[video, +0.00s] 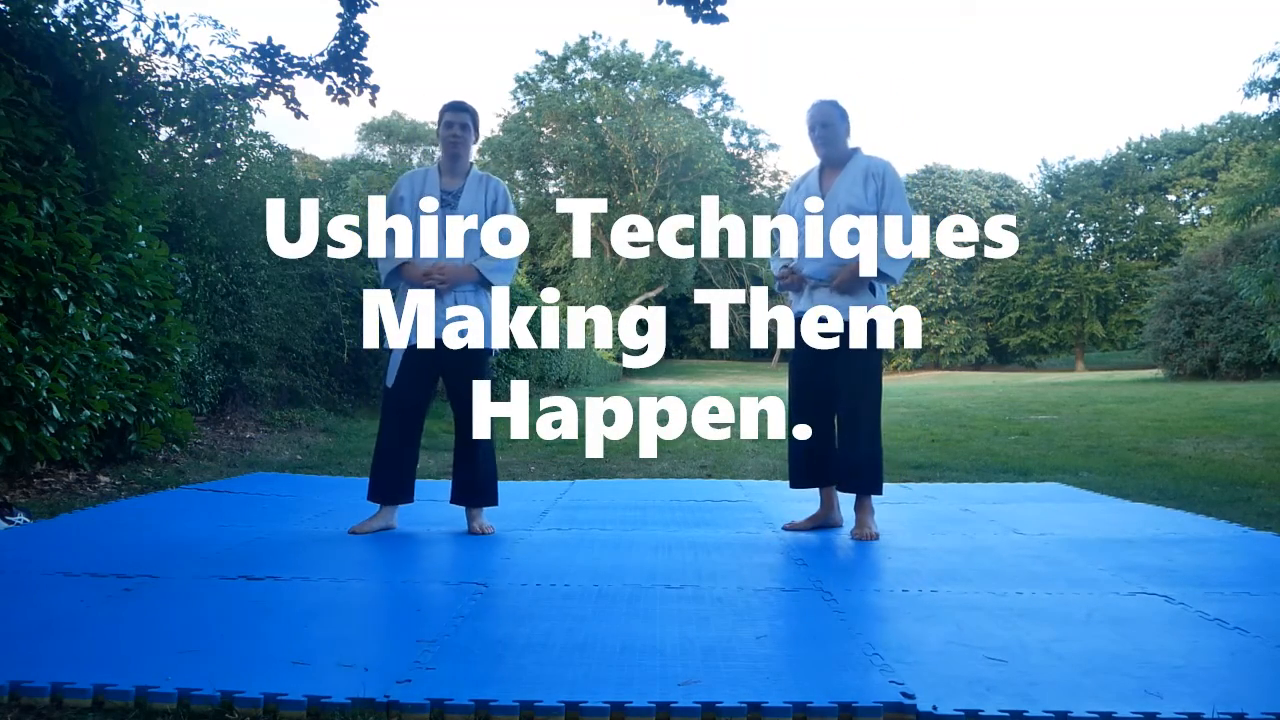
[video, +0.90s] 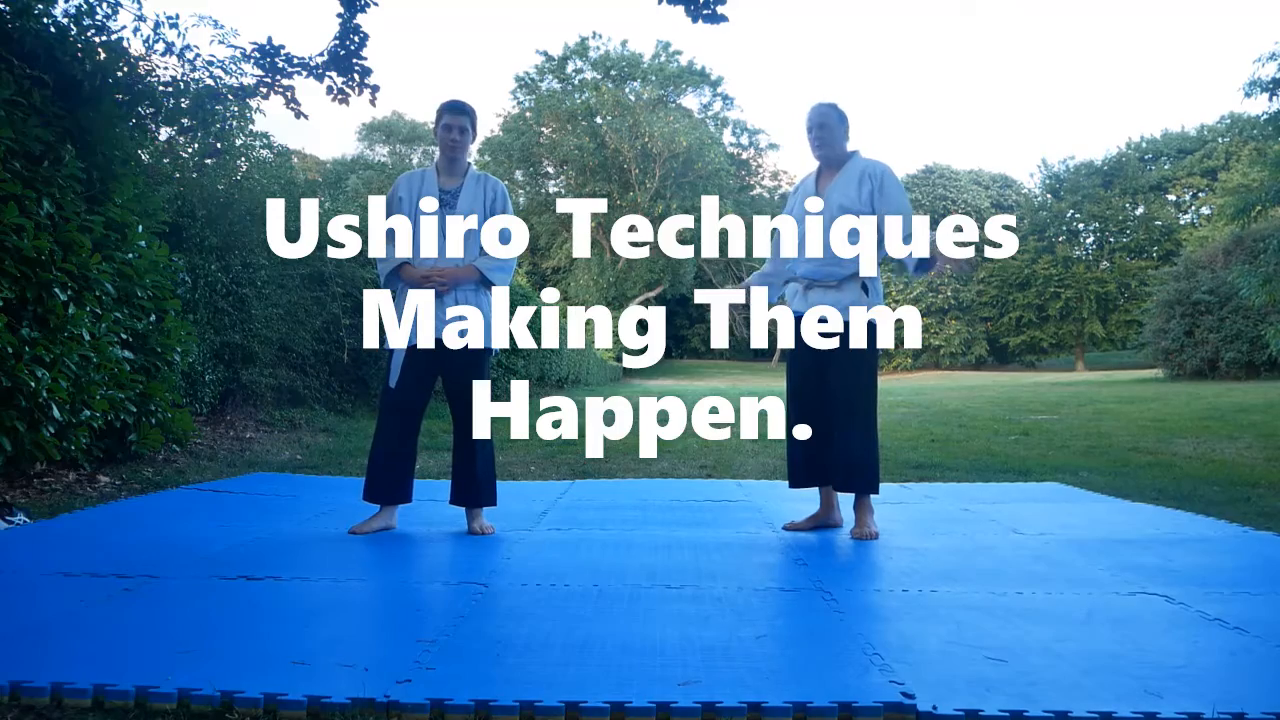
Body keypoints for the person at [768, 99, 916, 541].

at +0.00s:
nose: (818, 134)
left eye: (826, 126)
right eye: (813, 128)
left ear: (847, 128)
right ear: (806, 135)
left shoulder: (877, 172)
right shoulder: (798, 188)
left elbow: (900, 236)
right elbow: (781, 244)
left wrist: (857, 268)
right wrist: (786, 273)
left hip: (860, 311)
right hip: (809, 310)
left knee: (859, 408)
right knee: (811, 408)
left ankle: (864, 510)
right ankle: (828, 507)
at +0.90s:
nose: (816, 137)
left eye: (824, 129)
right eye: (810, 131)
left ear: (846, 130)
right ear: (806, 137)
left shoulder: (873, 175)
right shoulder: (801, 191)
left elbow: (902, 232)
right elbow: (782, 254)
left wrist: (923, 258)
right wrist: (753, 289)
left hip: (855, 309)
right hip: (806, 310)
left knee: (855, 408)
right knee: (812, 408)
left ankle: (863, 509)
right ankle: (828, 507)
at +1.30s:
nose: (813, 135)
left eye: (821, 128)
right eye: (808, 130)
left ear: (842, 132)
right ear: (803, 138)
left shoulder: (871, 175)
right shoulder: (797, 190)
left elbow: (892, 239)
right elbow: (779, 256)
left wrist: (878, 295)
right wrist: (772, 303)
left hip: (853, 305)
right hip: (803, 308)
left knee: (854, 406)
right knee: (811, 407)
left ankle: (864, 508)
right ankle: (827, 506)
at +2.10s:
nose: (797, 134)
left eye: (805, 126)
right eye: (792, 128)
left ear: (827, 127)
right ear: (787, 133)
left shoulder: (856, 171)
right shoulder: (786, 184)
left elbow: (877, 234)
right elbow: (770, 247)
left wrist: (882, 296)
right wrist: (759, 307)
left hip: (831, 304)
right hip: (785, 305)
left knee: (811, 405)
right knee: (796, 406)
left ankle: (793, 508)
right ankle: (828, 505)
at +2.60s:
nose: (771, 131)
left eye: (780, 122)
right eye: (768, 123)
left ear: (808, 122)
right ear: (768, 126)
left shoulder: (835, 165)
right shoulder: (767, 180)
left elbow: (850, 231)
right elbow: (750, 244)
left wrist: (829, 290)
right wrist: (726, 302)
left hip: (809, 307)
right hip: (761, 307)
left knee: (800, 408)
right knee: (741, 401)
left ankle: (792, 512)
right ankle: (782, 487)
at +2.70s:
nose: (767, 130)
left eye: (775, 122)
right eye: (764, 123)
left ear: (803, 121)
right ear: (766, 125)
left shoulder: (832, 165)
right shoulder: (763, 179)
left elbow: (848, 231)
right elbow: (746, 243)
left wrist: (825, 290)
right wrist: (726, 301)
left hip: (807, 306)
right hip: (757, 306)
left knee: (799, 410)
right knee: (735, 403)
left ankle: (791, 514)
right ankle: (751, 497)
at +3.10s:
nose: (738, 129)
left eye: (747, 121)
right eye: (734, 121)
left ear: (774, 123)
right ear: (732, 124)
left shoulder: (802, 169)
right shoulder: (721, 178)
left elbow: (822, 236)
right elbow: (700, 245)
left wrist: (832, 301)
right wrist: (678, 305)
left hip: (781, 305)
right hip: (725, 306)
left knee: (783, 411)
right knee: (711, 409)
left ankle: (789, 514)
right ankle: (699, 508)